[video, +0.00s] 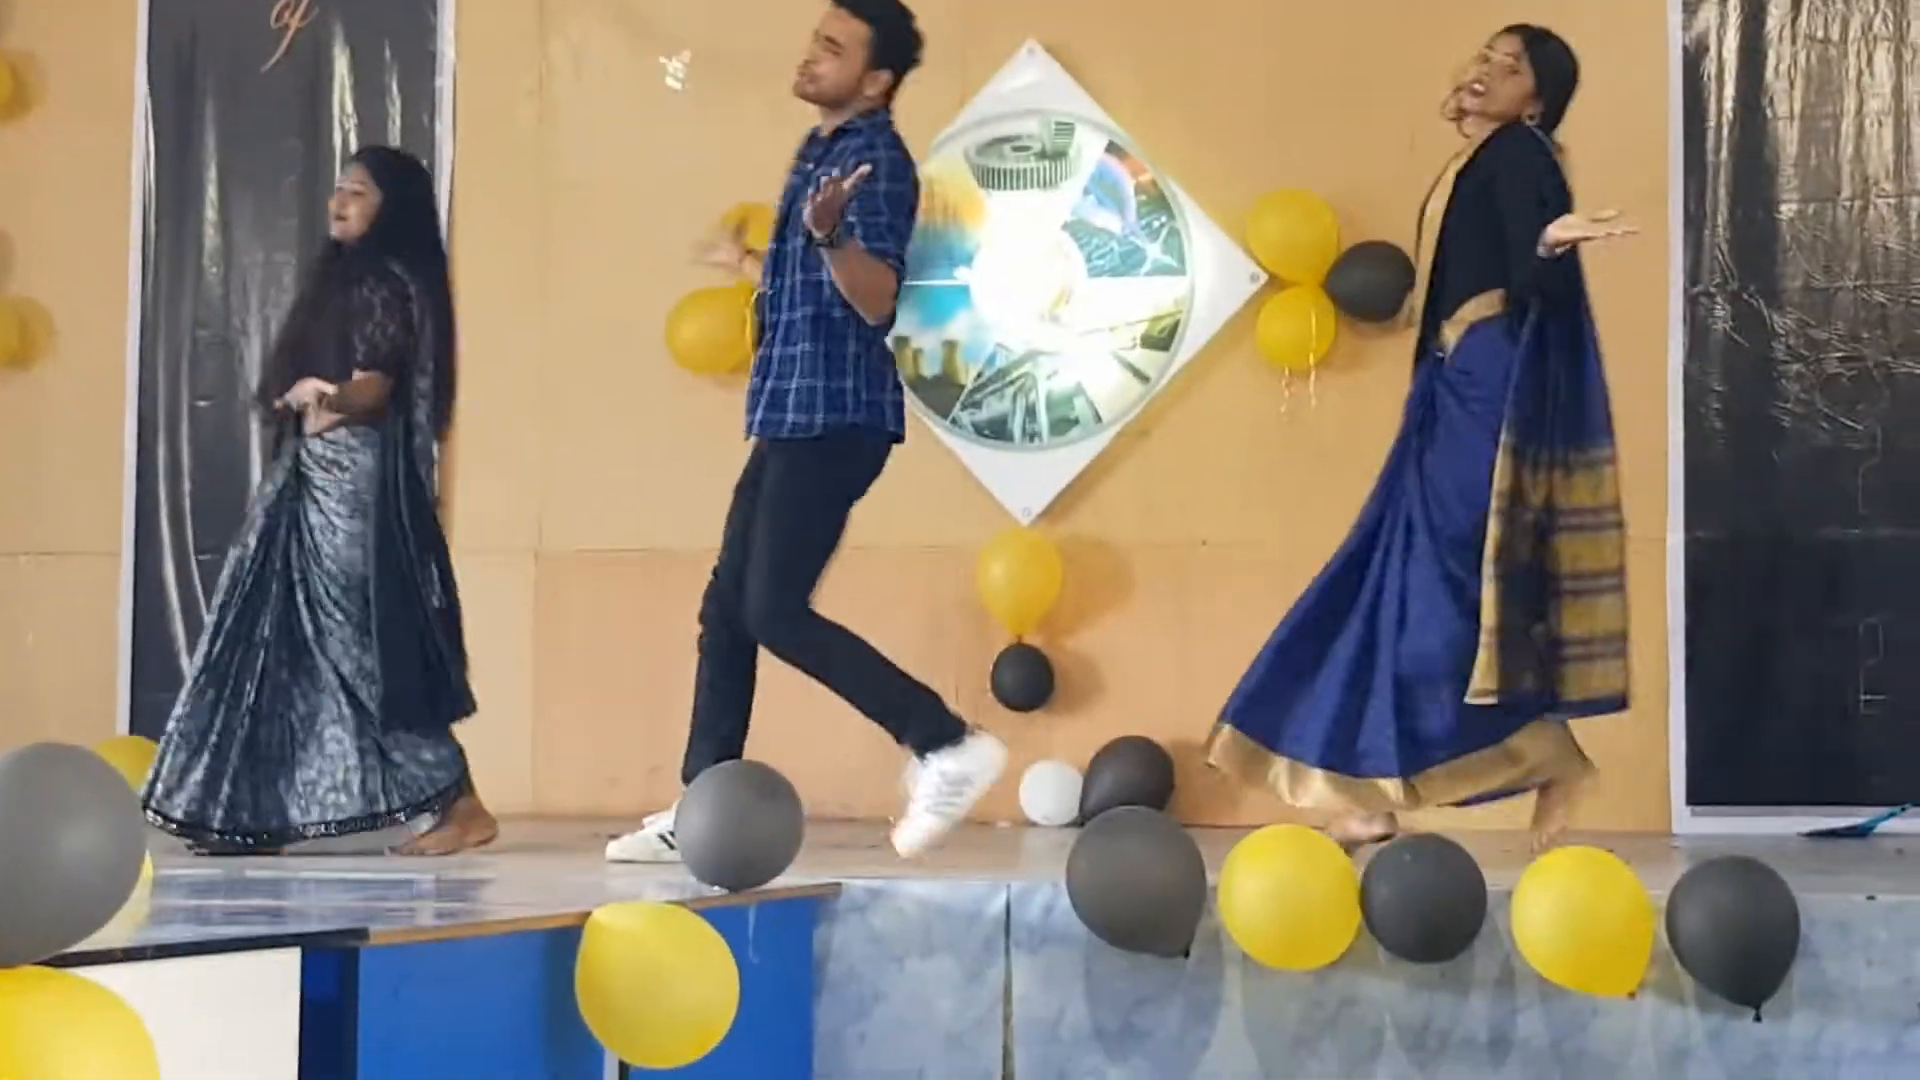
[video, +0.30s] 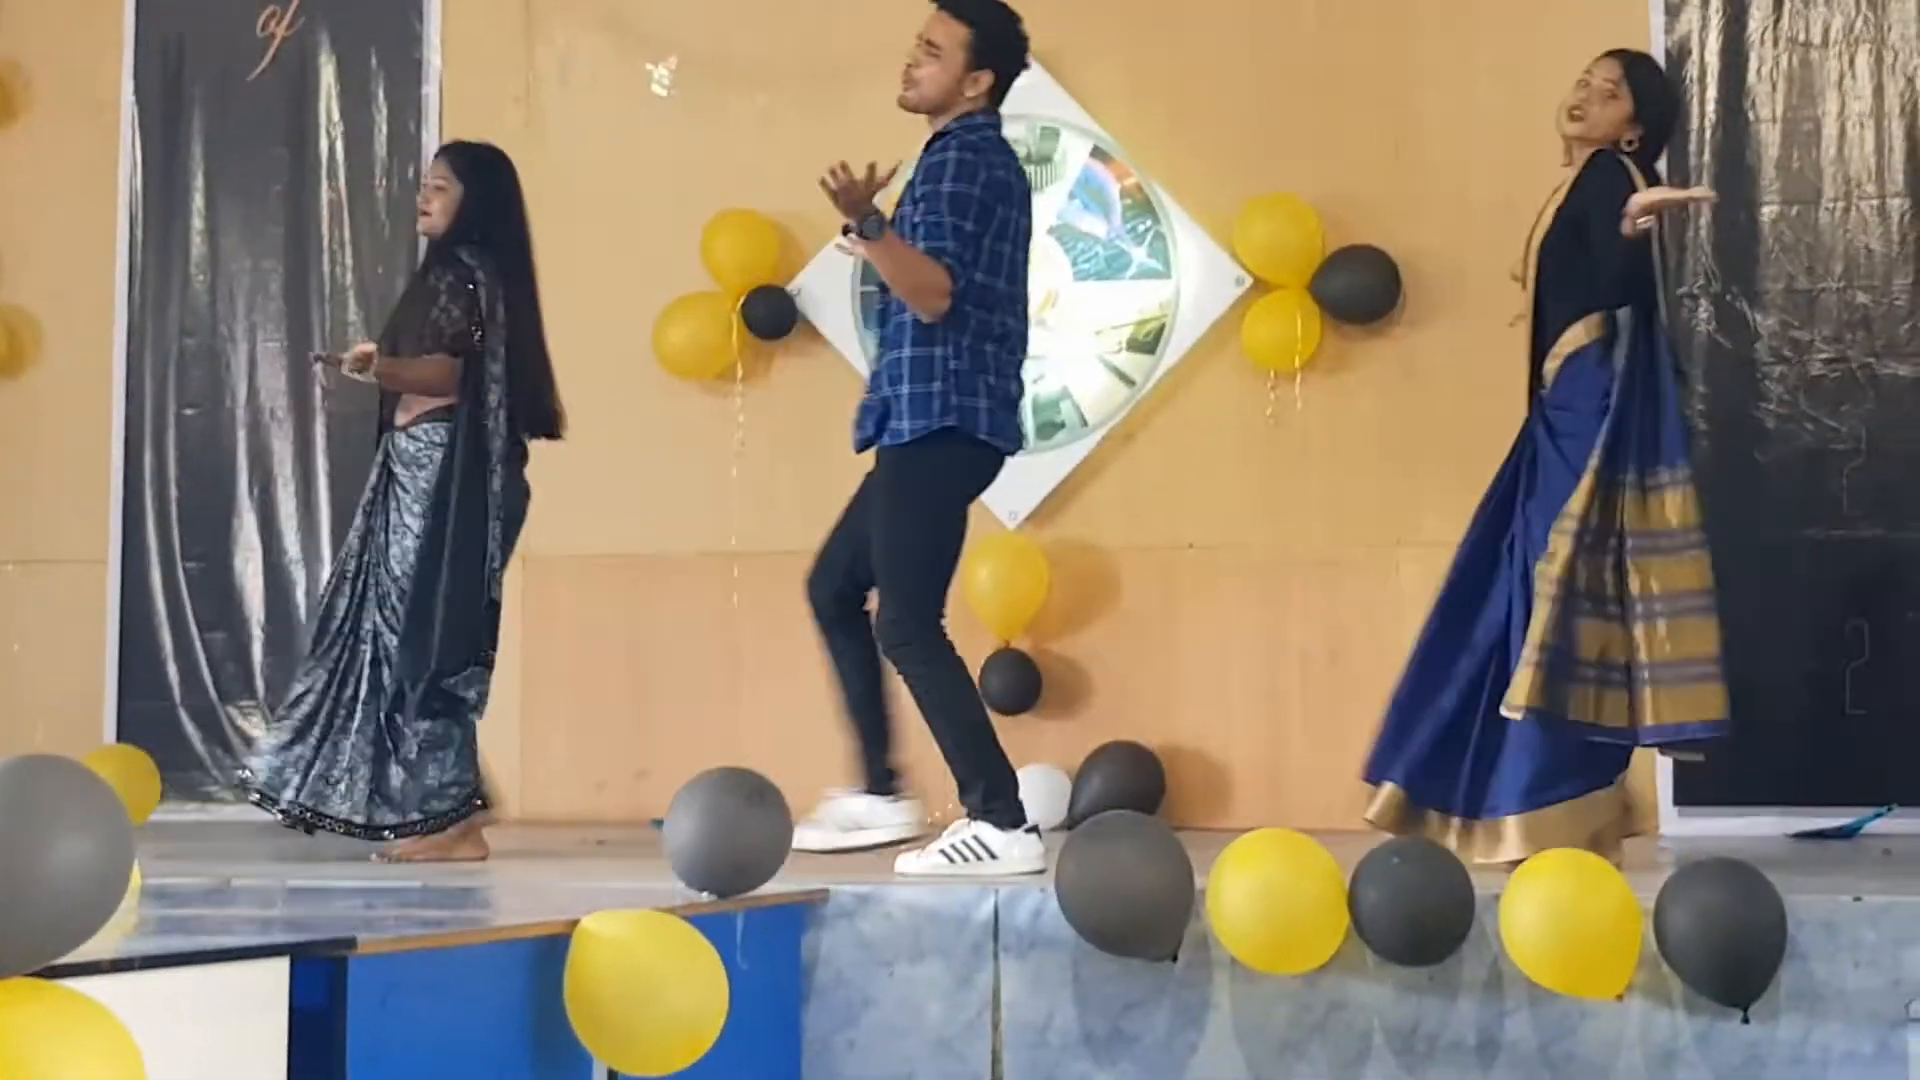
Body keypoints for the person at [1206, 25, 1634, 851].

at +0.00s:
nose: (1483, 69)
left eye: (1506, 66)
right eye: (1485, 55)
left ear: (1534, 99)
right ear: (1472, 73)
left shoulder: (1521, 153)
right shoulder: (1479, 162)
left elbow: (1531, 277)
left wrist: (1549, 238)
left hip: (1495, 383)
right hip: (1451, 386)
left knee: (1468, 570)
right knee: (1402, 574)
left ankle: (1558, 762)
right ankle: (1371, 794)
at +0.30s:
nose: (1580, 94)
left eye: (1602, 87)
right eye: (1582, 82)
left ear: (1636, 118)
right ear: (1577, 102)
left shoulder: (1612, 171)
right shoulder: (1584, 175)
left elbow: (1616, 238)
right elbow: (1581, 272)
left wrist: (1638, 216)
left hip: (1594, 409)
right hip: (1565, 408)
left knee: (1560, 584)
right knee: (1536, 582)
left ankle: (1560, 801)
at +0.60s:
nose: (1679, 138)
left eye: (1701, 130)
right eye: (1675, 123)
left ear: (1736, 154)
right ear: (1665, 138)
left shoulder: (1738, 224)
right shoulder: (1676, 231)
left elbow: (1758, 338)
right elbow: (1666, 349)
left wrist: (1766, 258)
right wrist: (1608, 307)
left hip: (1738, 460)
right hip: (1691, 455)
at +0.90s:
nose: (1694, 129)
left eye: (1715, 119)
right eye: (1684, 116)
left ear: (1745, 143)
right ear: (1667, 136)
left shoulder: (1768, 208)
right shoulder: (1660, 235)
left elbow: (1806, 327)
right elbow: (1656, 345)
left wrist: (1834, 267)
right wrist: (1567, 327)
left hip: (1755, 462)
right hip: (1681, 469)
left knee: (1772, 643)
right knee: (1696, 654)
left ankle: (1846, 849)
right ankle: (1779, 856)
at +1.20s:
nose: (1623, 200)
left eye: (1640, 188)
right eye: (1611, 188)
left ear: (1668, 208)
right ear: (1589, 207)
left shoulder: (1715, 285)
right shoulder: (1562, 299)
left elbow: (1752, 393)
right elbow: (1530, 395)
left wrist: (1781, 389)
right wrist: (1470, 414)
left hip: (1701, 526)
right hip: (1606, 533)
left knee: (1719, 714)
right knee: (1631, 719)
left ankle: (1754, 928)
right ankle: (1668, 936)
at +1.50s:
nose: (1513, 248)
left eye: (1527, 234)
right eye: (1497, 236)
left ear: (1549, 250)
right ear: (1473, 256)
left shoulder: (1598, 326)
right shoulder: (1458, 357)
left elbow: (1673, 414)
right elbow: (1418, 489)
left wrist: (1656, 317)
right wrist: (1431, 433)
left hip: (1592, 556)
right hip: (1501, 564)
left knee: (1591, 734)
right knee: (1456, 723)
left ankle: (1617, 933)